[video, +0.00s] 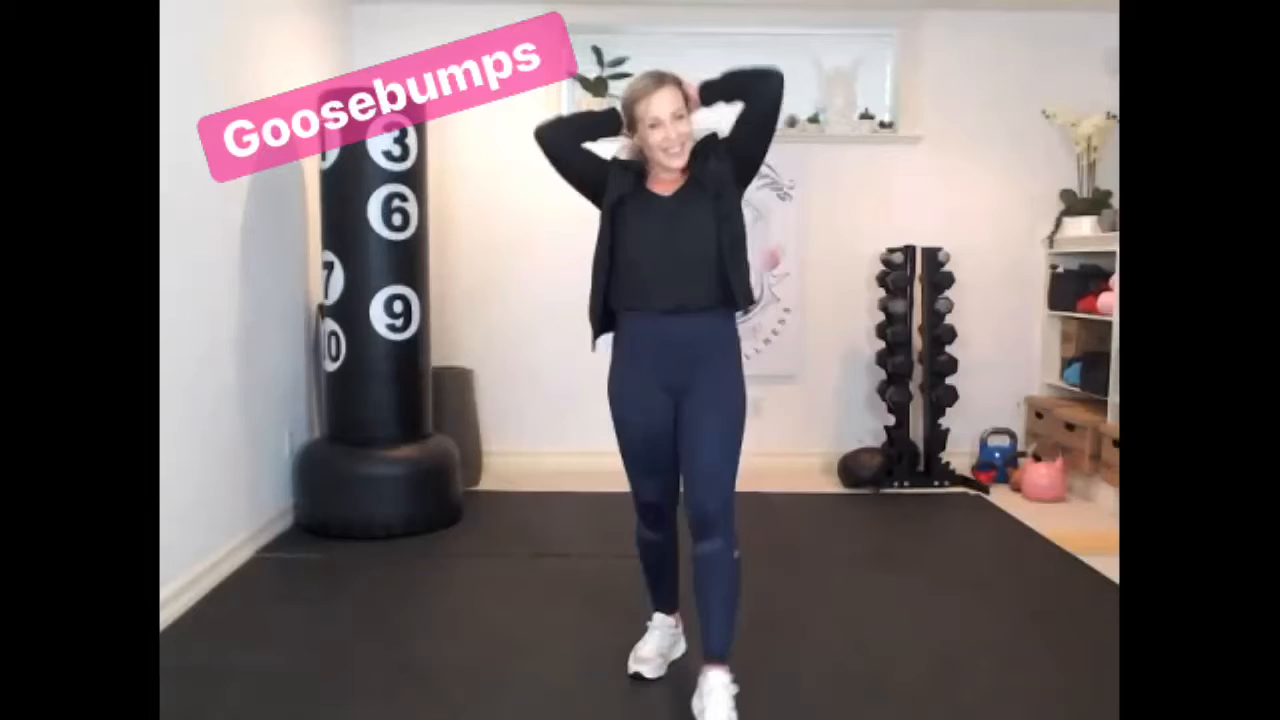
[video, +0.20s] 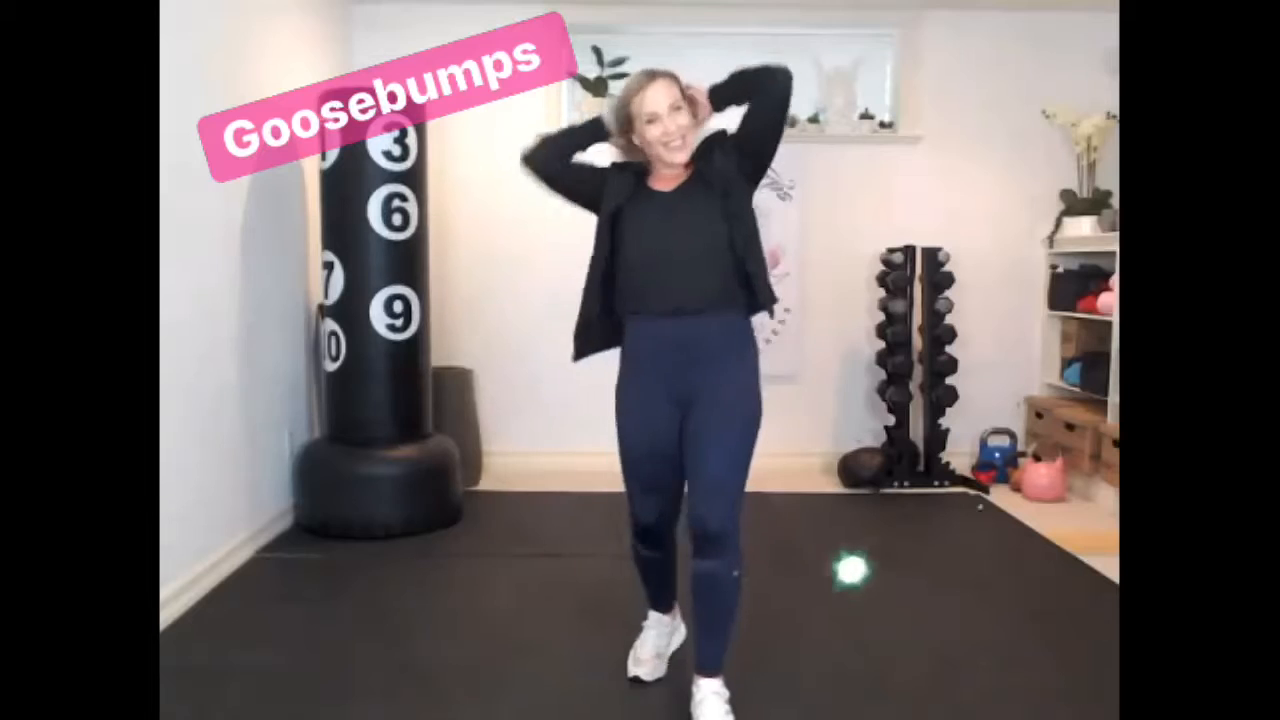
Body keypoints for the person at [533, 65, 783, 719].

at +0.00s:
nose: (671, 134)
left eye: (678, 119)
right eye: (656, 124)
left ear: (694, 118)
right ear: (635, 134)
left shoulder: (724, 170)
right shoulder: (615, 185)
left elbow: (768, 85)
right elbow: (551, 138)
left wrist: (697, 93)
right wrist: (622, 122)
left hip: (713, 359)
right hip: (638, 360)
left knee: (711, 513)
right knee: (652, 506)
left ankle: (717, 671)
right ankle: (663, 621)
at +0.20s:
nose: (671, 125)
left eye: (677, 111)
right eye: (654, 118)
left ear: (696, 115)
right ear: (634, 135)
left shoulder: (730, 167)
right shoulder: (616, 188)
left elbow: (775, 81)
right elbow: (541, 159)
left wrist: (711, 97)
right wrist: (610, 124)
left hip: (725, 362)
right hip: (645, 365)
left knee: (714, 525)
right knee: (649, 518)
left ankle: (710, 681)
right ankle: (661, 618)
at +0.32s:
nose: (668, 111)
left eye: (672, 96)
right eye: (649, 107)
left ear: (689, 101)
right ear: (630, 126)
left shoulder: (728, 162)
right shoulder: (619, 192)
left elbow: (767, 212)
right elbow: (569, 277)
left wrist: (747, 129)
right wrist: (538, 204)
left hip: (727, 363)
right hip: (648, 365)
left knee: (717, 528)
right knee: (625, 519)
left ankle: (711, 682)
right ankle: (644, 611)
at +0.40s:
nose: (666, 109)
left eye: (669, 94)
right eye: (647, 106)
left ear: (685, 99)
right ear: (630, 126)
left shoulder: (728, 172)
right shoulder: (619, 192)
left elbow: (767, 247)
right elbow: (580, 291)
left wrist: (743, 158)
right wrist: (531, 241)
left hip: (726, 366)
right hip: (647, 366)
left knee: (717, 525)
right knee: (620, 519)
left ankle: (711, 682)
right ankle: (635, 617)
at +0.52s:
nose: (660, 119)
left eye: (662, 102)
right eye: (640, 118)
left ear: (676, 102)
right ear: (621, 139)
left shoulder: (728, 175)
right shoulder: (613, 191)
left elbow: (754, 282)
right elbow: (593, 285)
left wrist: (705, 214)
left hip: (717, 369)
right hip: (635, 370)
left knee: (712, 531)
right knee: (611, 526)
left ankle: (710, 682)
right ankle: (590, 654)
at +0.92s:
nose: (611, 148)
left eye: (613, 133)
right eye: (592, 142)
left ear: (624, 129)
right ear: (557, 154)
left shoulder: (664, 187)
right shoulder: (542, 204)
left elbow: (657, 282)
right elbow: (515, 296)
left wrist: (602, 209)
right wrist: (492, 395)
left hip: (649, 374)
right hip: (569, 376)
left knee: (671, 521)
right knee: (574, 522)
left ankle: (704, 676)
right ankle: (577, 656)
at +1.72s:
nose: (566, 120)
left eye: (572, 104)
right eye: (548, 116)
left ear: (591, 106)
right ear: (533, 135)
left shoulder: (640, 177)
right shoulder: (520, 199)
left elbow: (655, 279)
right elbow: (489, 294)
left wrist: (569, 268)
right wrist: (480, 392)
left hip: (635, 363)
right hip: (553, 369)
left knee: (667, 503)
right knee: (561, 516)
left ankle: (666, 598)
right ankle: (572, 657)